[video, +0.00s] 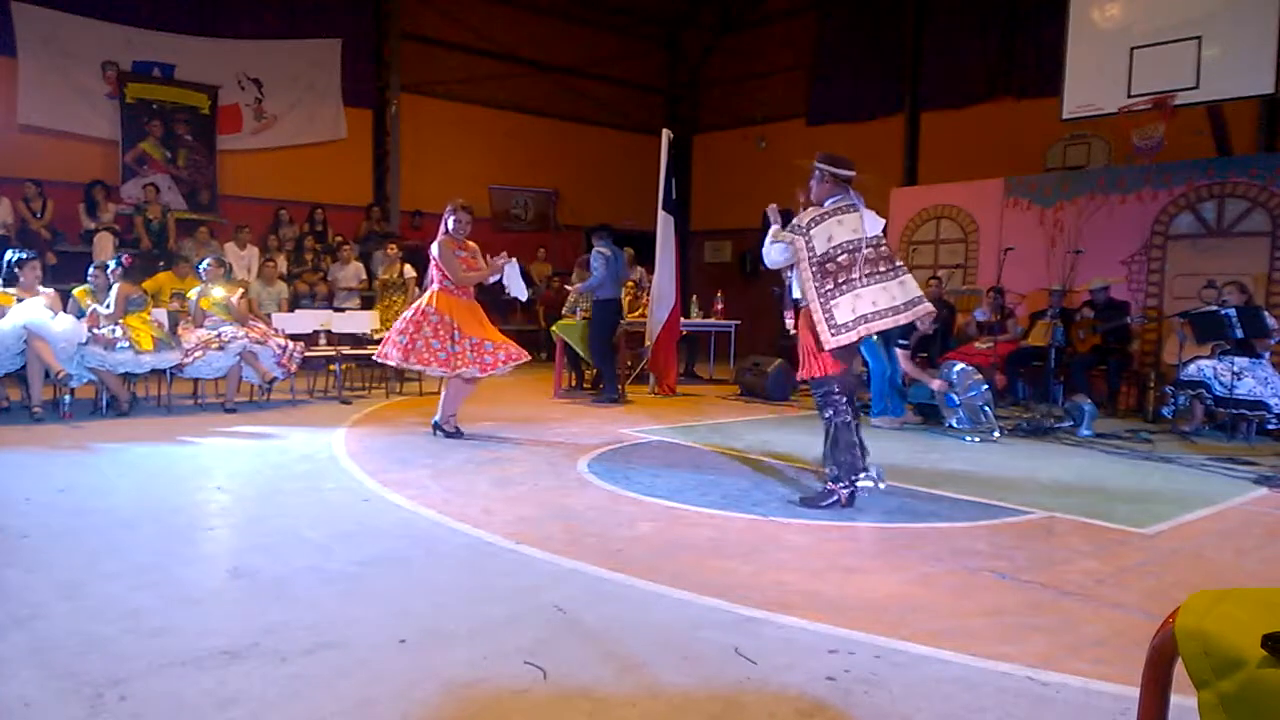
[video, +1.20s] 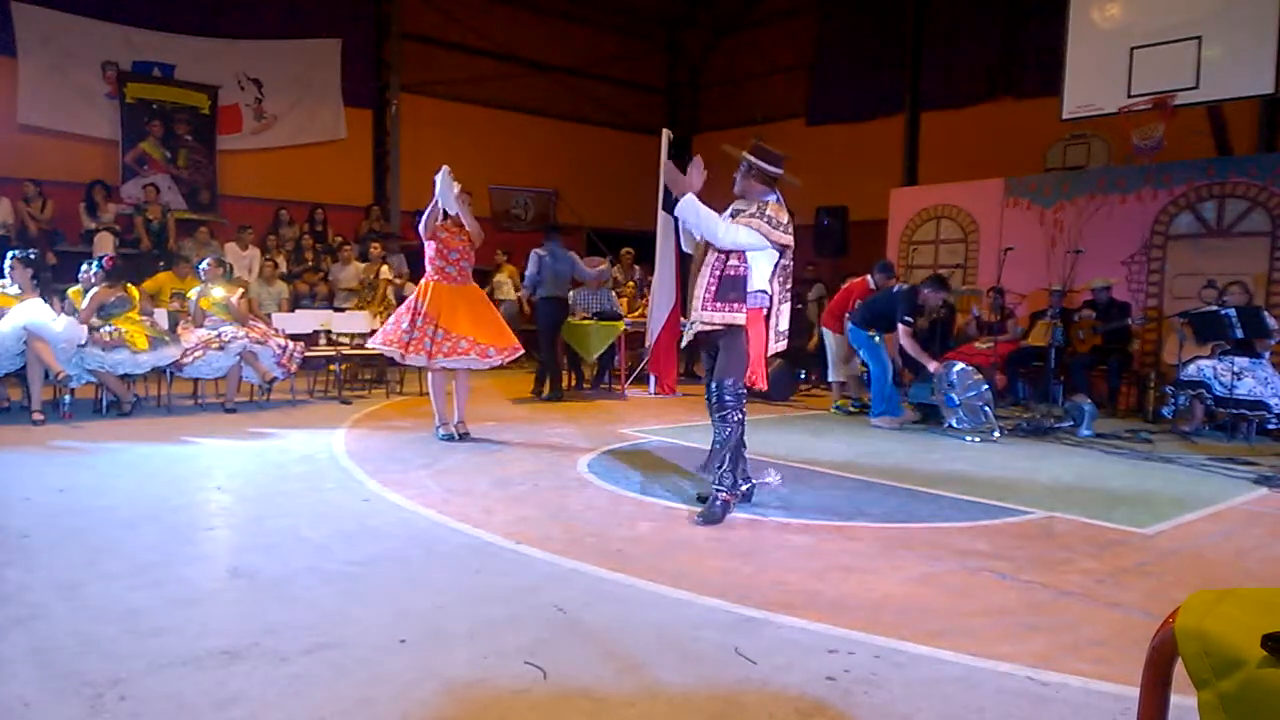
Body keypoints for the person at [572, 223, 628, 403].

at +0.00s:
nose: (593, 242)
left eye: (594, 239)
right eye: (593, 239)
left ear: (598, 239)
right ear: (609, 238)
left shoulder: (598, 252)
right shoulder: (619, 253)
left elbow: (600, 275)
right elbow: (624, 275)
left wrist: (580, 288)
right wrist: (609, 282)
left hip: (602, 302)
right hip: (615, 302)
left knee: (598, 345)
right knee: (606, 345)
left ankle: (610, 389)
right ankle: (610, 387)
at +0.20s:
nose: (589, 242)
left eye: (589, 238)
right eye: (590, 238)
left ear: (591, 238)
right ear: (605, 238)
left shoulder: (592, 252)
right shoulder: (614, 254)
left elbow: (593, 275)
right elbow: (618, 278)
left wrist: (573, 287)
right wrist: (608, 288)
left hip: (595, 302)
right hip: (610, 302)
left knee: (582, 344)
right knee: (606, 345)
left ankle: (589, 387)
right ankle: (608, 386)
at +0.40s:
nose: (582, 242)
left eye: (583, 239)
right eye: (583, 239)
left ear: (585, 239)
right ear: (598, 239)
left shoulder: (583, 253)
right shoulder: (607, 255)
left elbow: (583, 275)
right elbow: (614, 280)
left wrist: (565, 288)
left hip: (587, 302)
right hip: (603, 302)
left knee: (572, 344)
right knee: (603, 346)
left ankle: (562, 388)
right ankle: (608, 388)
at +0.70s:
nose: (564, 240)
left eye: (565, 237)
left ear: (567, 237)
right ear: (581, 238)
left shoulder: (562, 252)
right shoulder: (586, 255)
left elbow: (559, 276)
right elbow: (592, 278)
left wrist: (546, 290)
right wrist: (582, 291)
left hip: (565, 300)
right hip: (583, 300)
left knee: (556, 346)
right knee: (586, 345)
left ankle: (556, 389)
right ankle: (602, 384)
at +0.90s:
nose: (555, 238)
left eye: (556, 235)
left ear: (556, 235)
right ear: (571, 236)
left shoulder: (552, 251)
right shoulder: (578, 255)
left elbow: (547, 274)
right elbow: (581, 280)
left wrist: (536, 286)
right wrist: (571, 290)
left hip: (556, 300)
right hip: (573, 300)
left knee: (552, 344)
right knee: (568, 344)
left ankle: (555, 388)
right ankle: (579, 381)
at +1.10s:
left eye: (549, 236)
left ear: (548, 237)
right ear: (563, 237)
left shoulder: (543, 251)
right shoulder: (572, 255)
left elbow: (537, 275)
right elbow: (584, 277)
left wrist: (526, 292)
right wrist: (569, 285)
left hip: (548, 299)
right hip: (566, 300)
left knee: (547, 344)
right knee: (553, 344)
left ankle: (551, 386)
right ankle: (555, 385)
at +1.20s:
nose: (546, 243)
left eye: (546, 239)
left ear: (544, 238)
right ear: (560, 239)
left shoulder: (538, 253)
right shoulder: (570, 256)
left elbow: (532, 275)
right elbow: (586, 275)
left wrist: (525, 293)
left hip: (544, 300)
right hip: (562, 301)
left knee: (548, 346)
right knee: (548, 345)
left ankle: (556, 389)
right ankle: (538, 385)